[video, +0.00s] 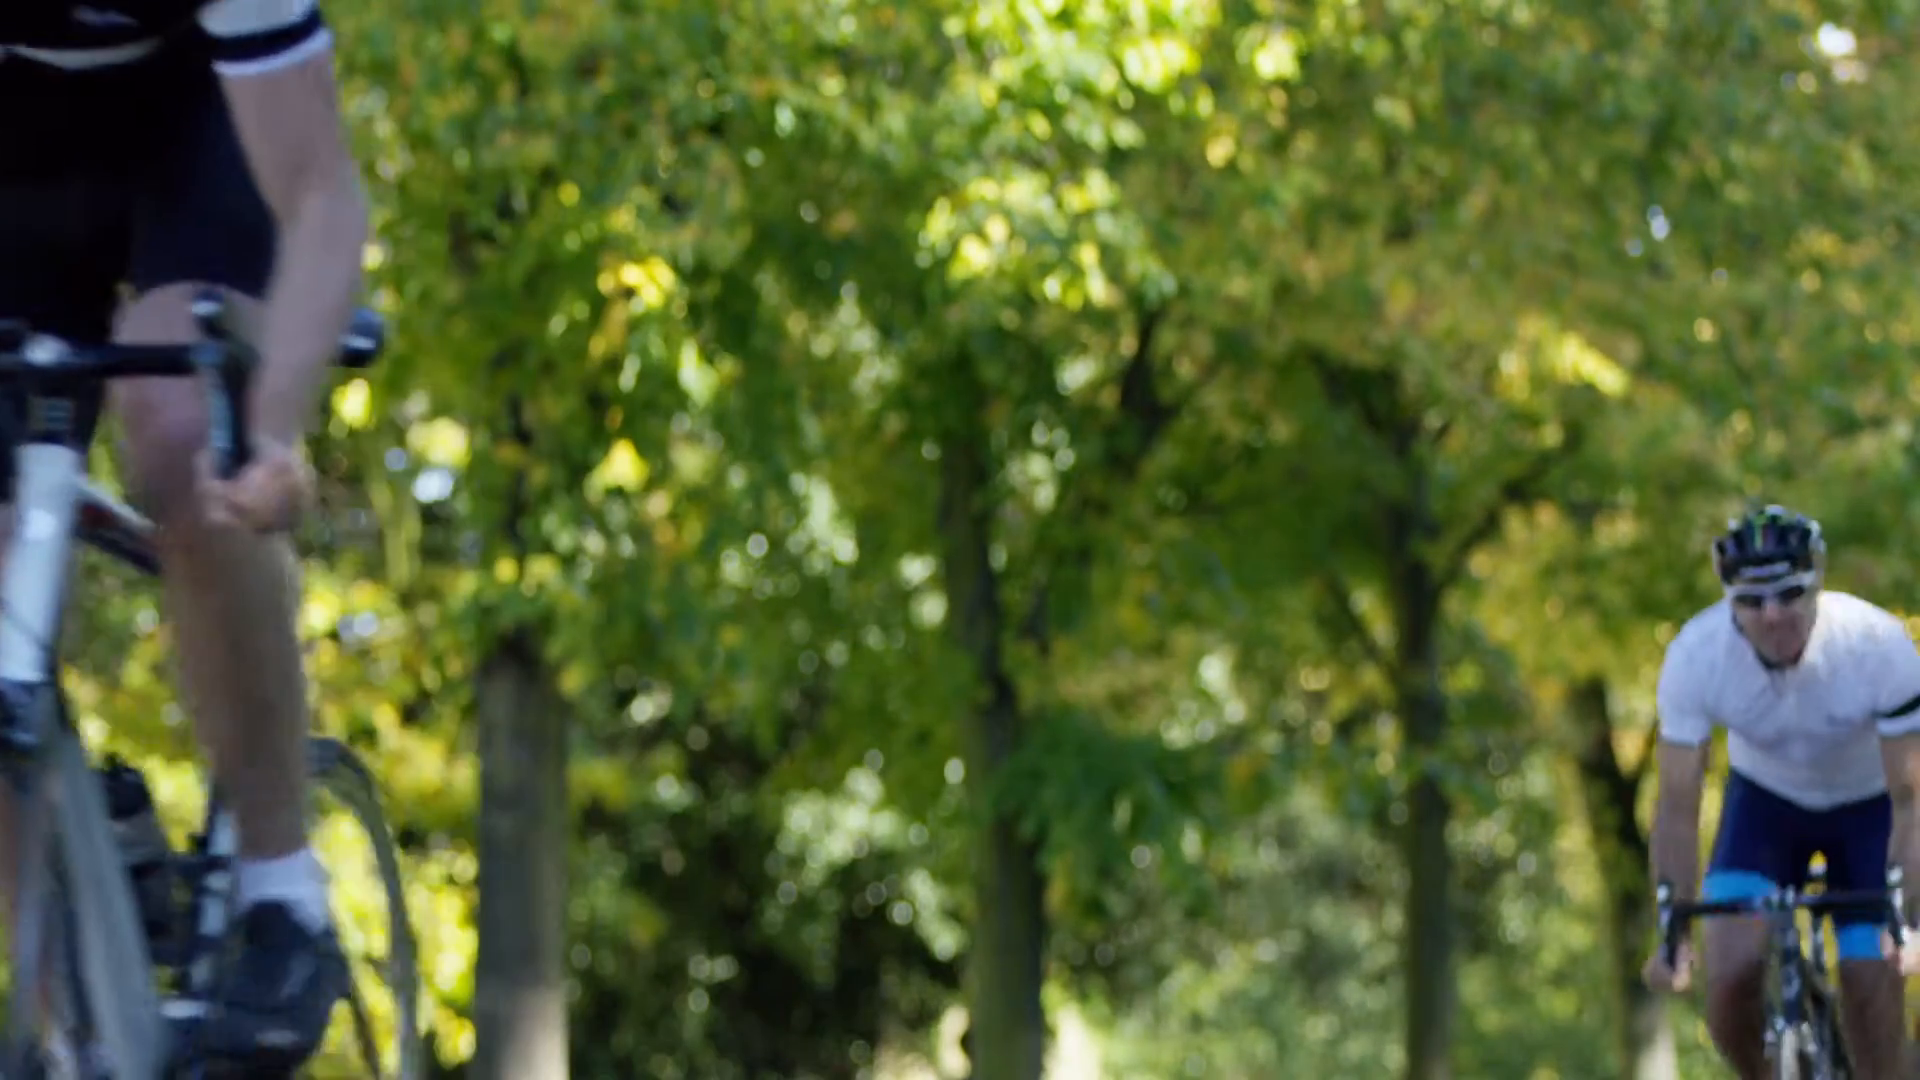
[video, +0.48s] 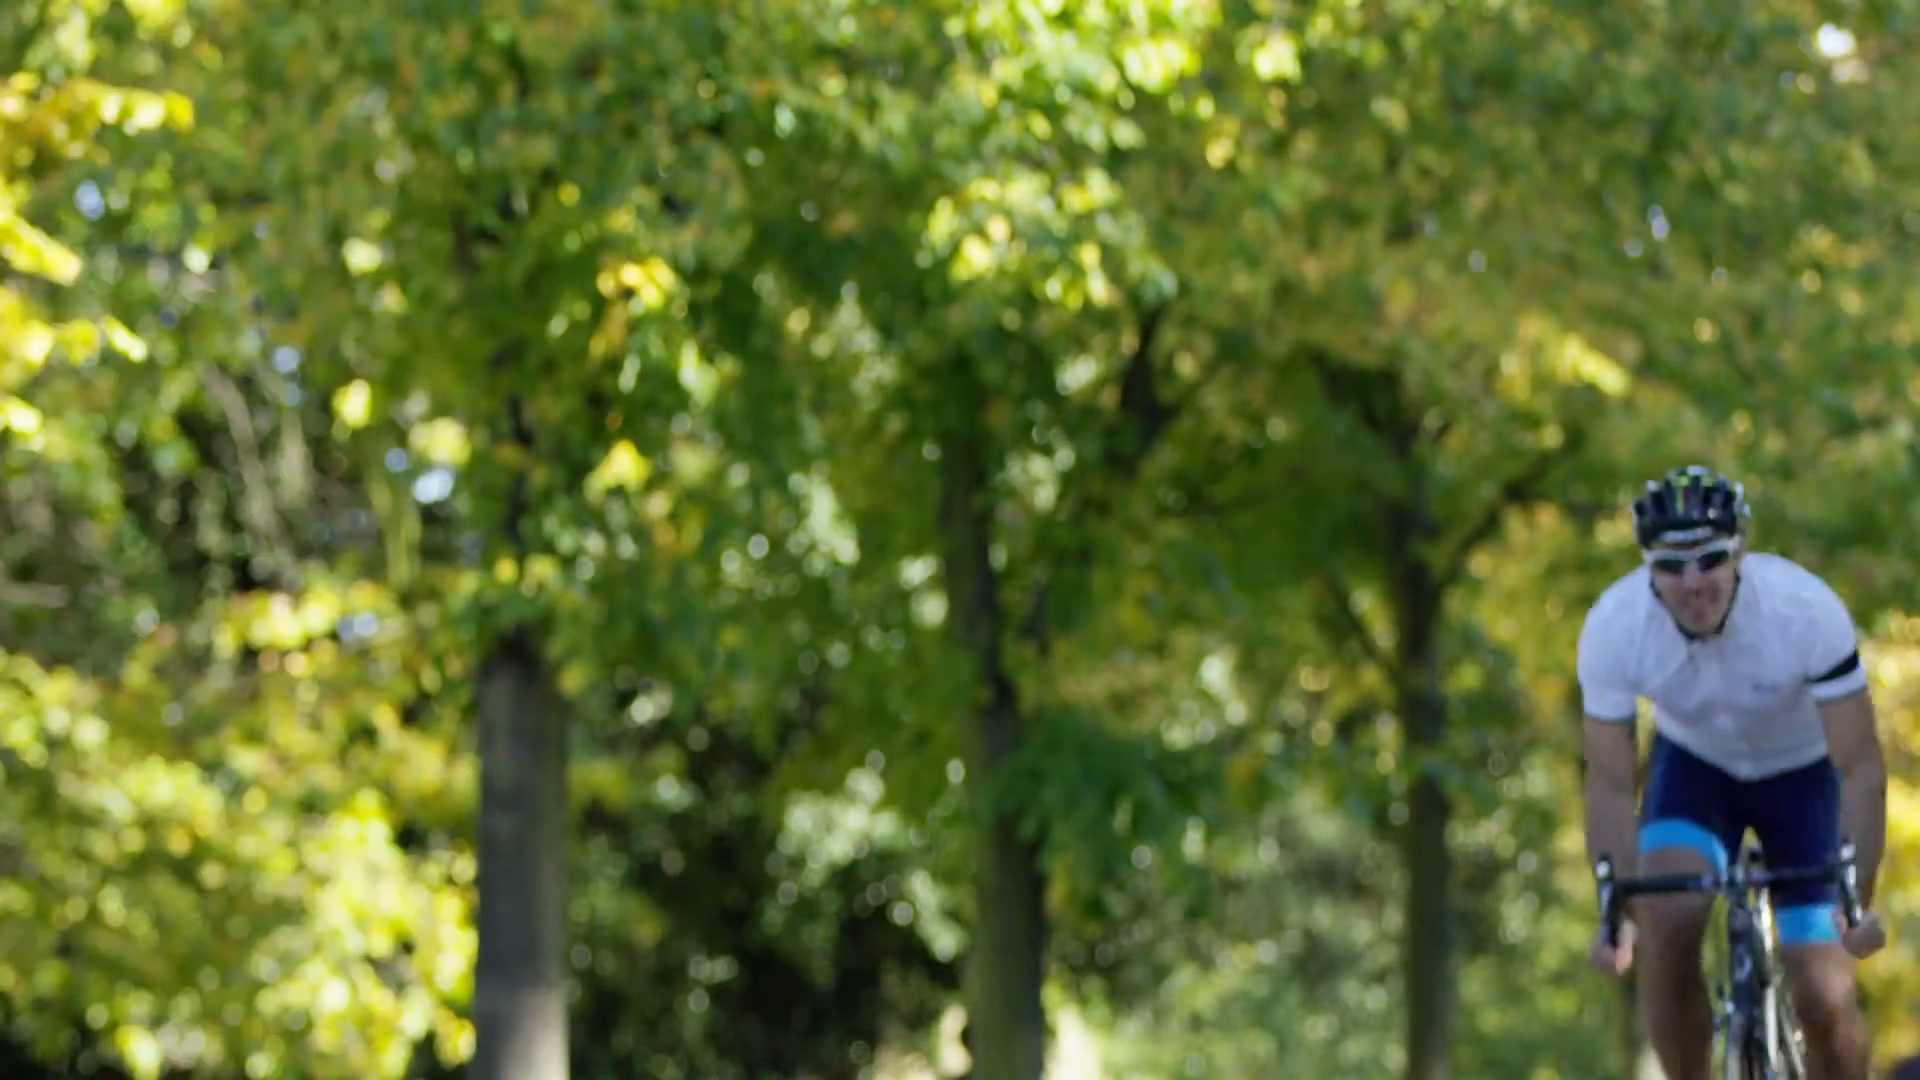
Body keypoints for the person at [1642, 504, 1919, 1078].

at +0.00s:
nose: (1775, 615)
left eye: (1791, 595)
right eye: (1753, 600)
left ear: (1816, 587)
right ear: (1730, 601)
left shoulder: (1879, 645)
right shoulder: (1695, 657)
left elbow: (1908, 796)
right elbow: (1676, 802)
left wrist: (1908, 917)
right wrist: (1673, 927)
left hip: (1866, 800)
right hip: (1760, 795)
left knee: (1871, 979)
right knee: (1731, 974)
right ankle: (1760, 1072)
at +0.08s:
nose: (1760, 611)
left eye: (1776, 591)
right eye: (1739, 597)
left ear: (1802, 584)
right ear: (1717, 597)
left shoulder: (1865, 640)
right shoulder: (1684, 650)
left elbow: (1903, 792)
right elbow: (1663, 793)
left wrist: (1898, 909)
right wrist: (1661, 926)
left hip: (1855, 802)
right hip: (1750, 792)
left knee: (1866, 1000)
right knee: (1711, 955)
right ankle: (1748, 1069)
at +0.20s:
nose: (1739, 604)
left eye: (1754, 583)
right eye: (1717, 589)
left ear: (1781, 576)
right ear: (1695, 590)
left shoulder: (1849, 634)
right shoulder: (1663, 646)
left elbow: (1891, 781)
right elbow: (1645, 797)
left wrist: (1881, 902)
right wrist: (1645, 918)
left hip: (1840, 799)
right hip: (1734, 786)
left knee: (1848, 1008)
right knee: (1689, 923)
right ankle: (1725, 1070)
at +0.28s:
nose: (1726, 597)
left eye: (1741, 576)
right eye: (1703, 582)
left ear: (1768, 570)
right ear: (1681, 584)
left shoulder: (1835, 625)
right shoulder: (1648, 640)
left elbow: (1884, 777)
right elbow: (1635, 795)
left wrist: (1877, 901)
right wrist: (1638, 920)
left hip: (1829, 789)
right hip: (1723, 776)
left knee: (1838, 1014)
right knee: (1682, 906)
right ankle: (1714, 1070)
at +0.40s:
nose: (1707, 589)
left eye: (1723, 567)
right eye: (1684, 573)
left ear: (1751, 562)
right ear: (1661, 574)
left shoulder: (1817, 615)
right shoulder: (1629, 632)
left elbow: (1870, 763)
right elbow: (1619, 788)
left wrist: (1868, 894)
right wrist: (1623, 910)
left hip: (1810, 774)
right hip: (1703, 767)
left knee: (1830, 1006)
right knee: (1672, 908)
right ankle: (1698, 1074)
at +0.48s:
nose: (1695, 583)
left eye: (1711, 562)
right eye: (1673, 566)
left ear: (1739, 555)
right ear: (1649, 566)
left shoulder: (1807, 610)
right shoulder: (1614, 626)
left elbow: (1862, 762)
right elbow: (1609, 781)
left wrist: (1860, 899)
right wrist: (1615, 906)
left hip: (1800, 768)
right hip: (1691, 763)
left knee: (1825, 997)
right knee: (1668, 922)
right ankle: (1688, 1074)